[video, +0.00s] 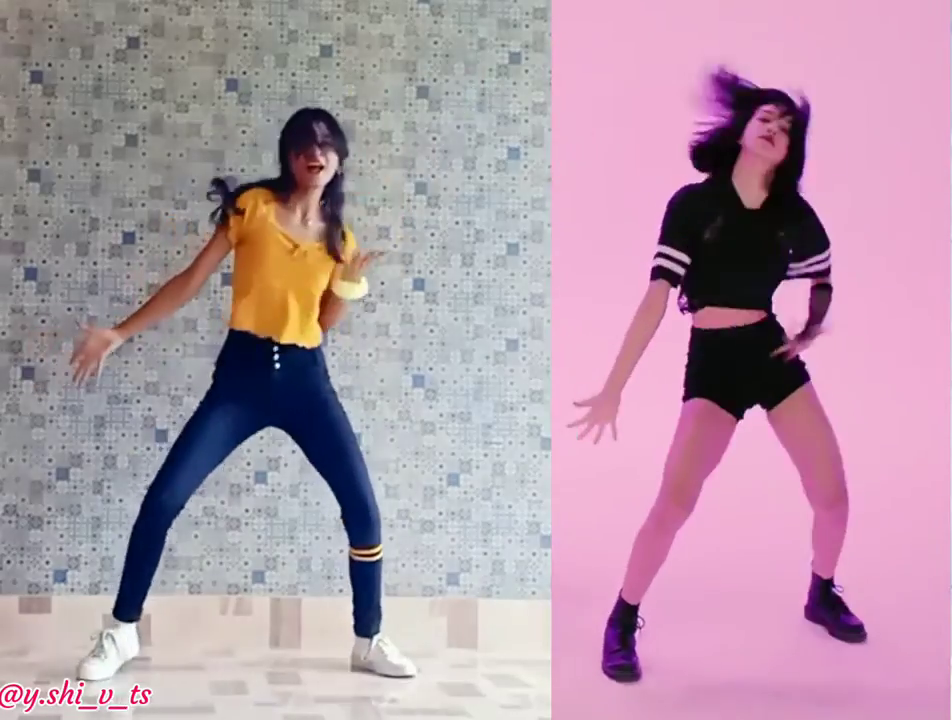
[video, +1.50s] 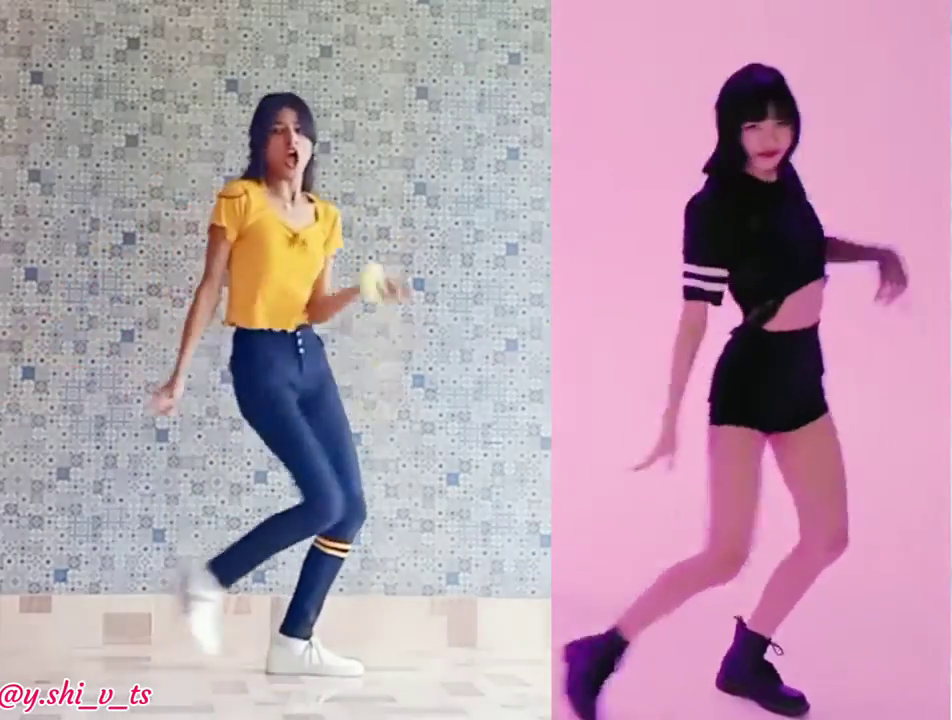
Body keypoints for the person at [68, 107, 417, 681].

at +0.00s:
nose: (315, 155)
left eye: (326, 147)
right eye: (305, 146)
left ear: (340, 159)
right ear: (287, 153)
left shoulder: (339, 236)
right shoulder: (251, 206)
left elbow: (326, 321)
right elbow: (189, 282)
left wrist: (347, 281)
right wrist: (117, 333)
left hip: (306, 382)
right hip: (240, 378)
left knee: (364, 509)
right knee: (162, 499)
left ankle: (369, 640)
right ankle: (122, 631)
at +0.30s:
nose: (241, 121)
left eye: (249, 112)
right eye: (227, 116)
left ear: (265, 128)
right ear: (210, 136)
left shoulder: (288, 202)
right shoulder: (186, 202)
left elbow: (333, 275)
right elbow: (131, 281)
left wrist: (383, 334)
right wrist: (66, 340)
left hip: (267, 364)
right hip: (202, 365)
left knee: (329, 494)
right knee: (157, 509)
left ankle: (369, 628)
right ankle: (95, 644)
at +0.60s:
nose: (195, 112)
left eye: (202, 102)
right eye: (180, 108)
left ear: (217, 116)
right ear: (164, 130)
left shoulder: (247, 189)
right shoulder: (151, 188)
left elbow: (293, 274)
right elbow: (91, 269)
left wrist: (340, 334)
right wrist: (17, 323)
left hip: (214, 353)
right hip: (154, 351)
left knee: (289, 467)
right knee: (126, 499)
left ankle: (335, 606)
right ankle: (91, 639)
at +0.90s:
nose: (218, 161)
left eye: (225, 153)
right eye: (205, 154)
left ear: (240, 165)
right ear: (186, 168)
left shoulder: (247, 242)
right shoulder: (163, 219)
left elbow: (298, 322)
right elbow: (106, 291)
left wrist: (348, 386)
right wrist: (36, 353)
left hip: (249, 379)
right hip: (190, 386)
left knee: (318, 505)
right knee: (148, 528)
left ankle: (297, 642)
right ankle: (89, 651)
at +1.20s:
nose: (241, 142)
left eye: (249, 131)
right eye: (227, 134)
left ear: (261, 139)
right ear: (206, 144)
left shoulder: (271, 216)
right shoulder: (188, 190)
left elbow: (303, 303)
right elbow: (132, 270)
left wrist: (341, 375)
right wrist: (65, 331)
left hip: (234, 376)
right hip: (179, 363)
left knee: (314, 491)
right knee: (135, 510)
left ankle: (296, 636)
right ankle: (67, 639)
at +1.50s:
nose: (291, 141)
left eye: (300, 131)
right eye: (277, 132)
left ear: (312, 143)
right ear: (259, 143)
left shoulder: (324, 216)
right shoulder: (241, 198)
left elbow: (314, 309)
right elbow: (208, 290)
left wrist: (365, 287)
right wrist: (179, 373)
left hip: (312, 361)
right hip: (261, 363)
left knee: (350, 506)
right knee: (325, 503)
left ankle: (294, 643)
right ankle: (207, 580)